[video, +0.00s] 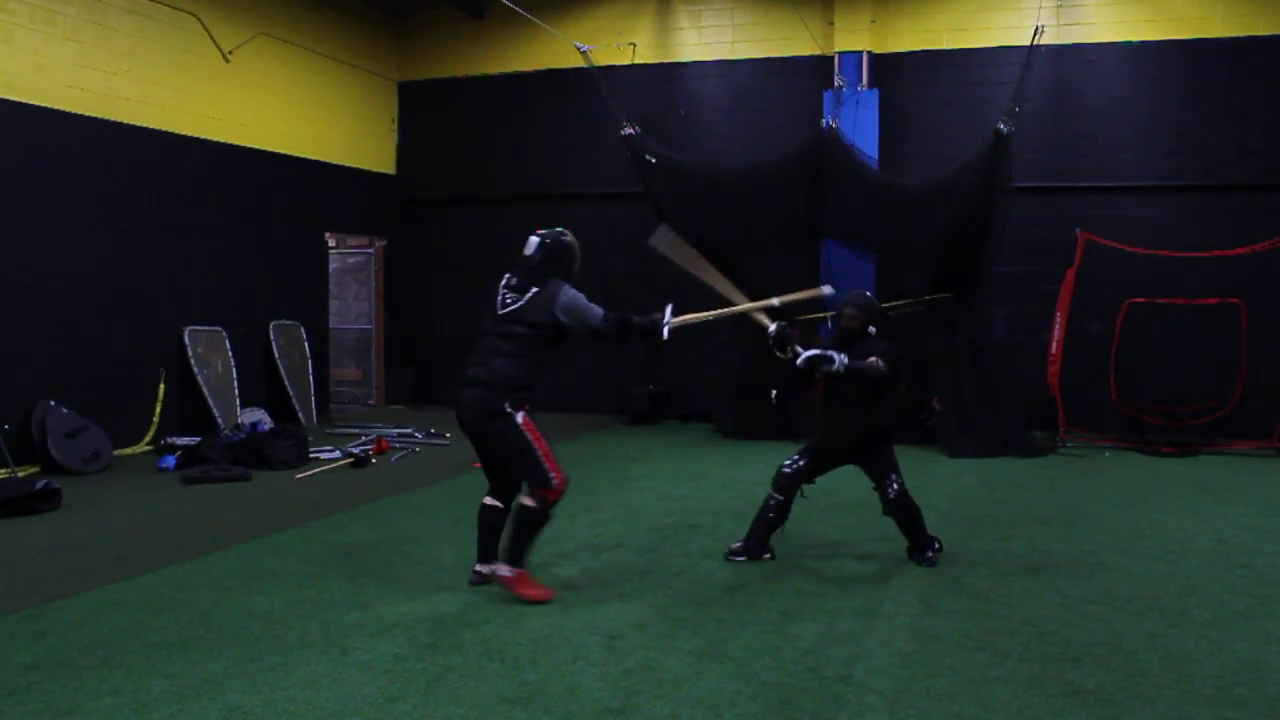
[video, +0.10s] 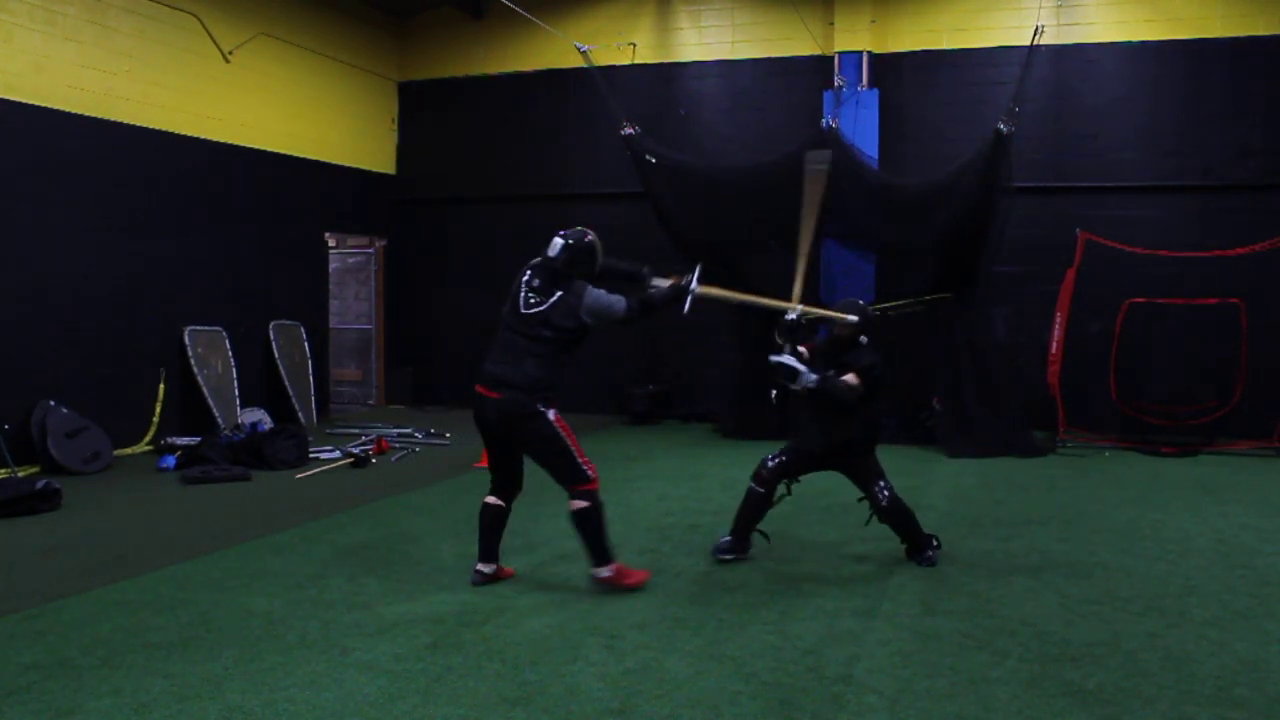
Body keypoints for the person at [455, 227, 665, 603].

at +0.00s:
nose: (572, 268)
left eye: (569, 262)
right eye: (571, 262)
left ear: (530, 256)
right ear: (564, 263)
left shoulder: (508, 283)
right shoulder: (557, 295)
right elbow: (605, 323)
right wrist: (651, 324)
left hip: (472, 400)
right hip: (501, 404)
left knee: (504, 482)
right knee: (549, 483)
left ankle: (485, 564)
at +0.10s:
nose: (594, 267)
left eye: (592, 262)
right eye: (591, 262)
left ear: (555, 254)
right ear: (585, 265)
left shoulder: (531, 271)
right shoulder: (581, 297)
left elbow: (595, 270)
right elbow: (633, 308)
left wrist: (647, 277)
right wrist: (674, 292)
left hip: (487, 398)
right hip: (528, 404)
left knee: (504, 482)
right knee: (582, 480)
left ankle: (485, 564)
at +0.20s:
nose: (614, 267)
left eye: (611, 259)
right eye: (611, 262)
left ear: (576, 254)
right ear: (604, 266)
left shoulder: (551, 269)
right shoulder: (602, 300)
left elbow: (598, 250)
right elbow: (650, 304)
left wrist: (645, 237)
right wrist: (681, 262)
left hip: (516, 403)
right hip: (558, 410)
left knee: (516, 486)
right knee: (611, 485)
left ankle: (488, 564)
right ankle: (651, 559)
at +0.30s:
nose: (626, 271)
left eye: (626, 266)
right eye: (623, 266)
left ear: (587, 263)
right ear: (616, 270)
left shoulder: (566, 285)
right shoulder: (617, 302)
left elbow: (625, 273)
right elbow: (668, 314)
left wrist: (664, 254)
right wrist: (680, 268)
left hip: (546, 412)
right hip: (590, 417)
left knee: (537, 488)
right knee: (642, 482)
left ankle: (501, 559)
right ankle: (652, 564)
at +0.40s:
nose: (638, 269)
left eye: (636, 262)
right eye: (634, 262)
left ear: (596, 261)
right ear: (621, 265)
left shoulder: (580, 294)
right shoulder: (614, 300)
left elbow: (645, 333)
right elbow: (660, 336)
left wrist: (706, 318)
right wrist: (682, 282)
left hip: (562, 409)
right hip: (600, 413)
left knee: (557, 485)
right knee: (652, 479)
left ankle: (514, 549)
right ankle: (653, 563)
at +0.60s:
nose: (635, 267)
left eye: (634, 260)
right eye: (629, 260)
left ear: (596, 262)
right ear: (613, 261)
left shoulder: (587, 294)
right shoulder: (604, 288)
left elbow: (646, 352)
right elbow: (653, 314)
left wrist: (692, 339)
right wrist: (708, 324)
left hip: (566, 409)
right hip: (589, 411)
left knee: (581, 484)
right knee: (648, 480)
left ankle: (513, 530)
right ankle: (652, 565)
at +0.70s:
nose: (618, 267)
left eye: (616, 259)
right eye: (612, 260)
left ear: (577, 265)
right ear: (597, 264)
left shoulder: (568, 300)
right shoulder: (590, 300)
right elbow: (637, 337)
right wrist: (699, 341)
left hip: (564, 414)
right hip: (588, 416)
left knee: (579, 486)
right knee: (648, 480)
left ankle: (516, 540)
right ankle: (652, 565)